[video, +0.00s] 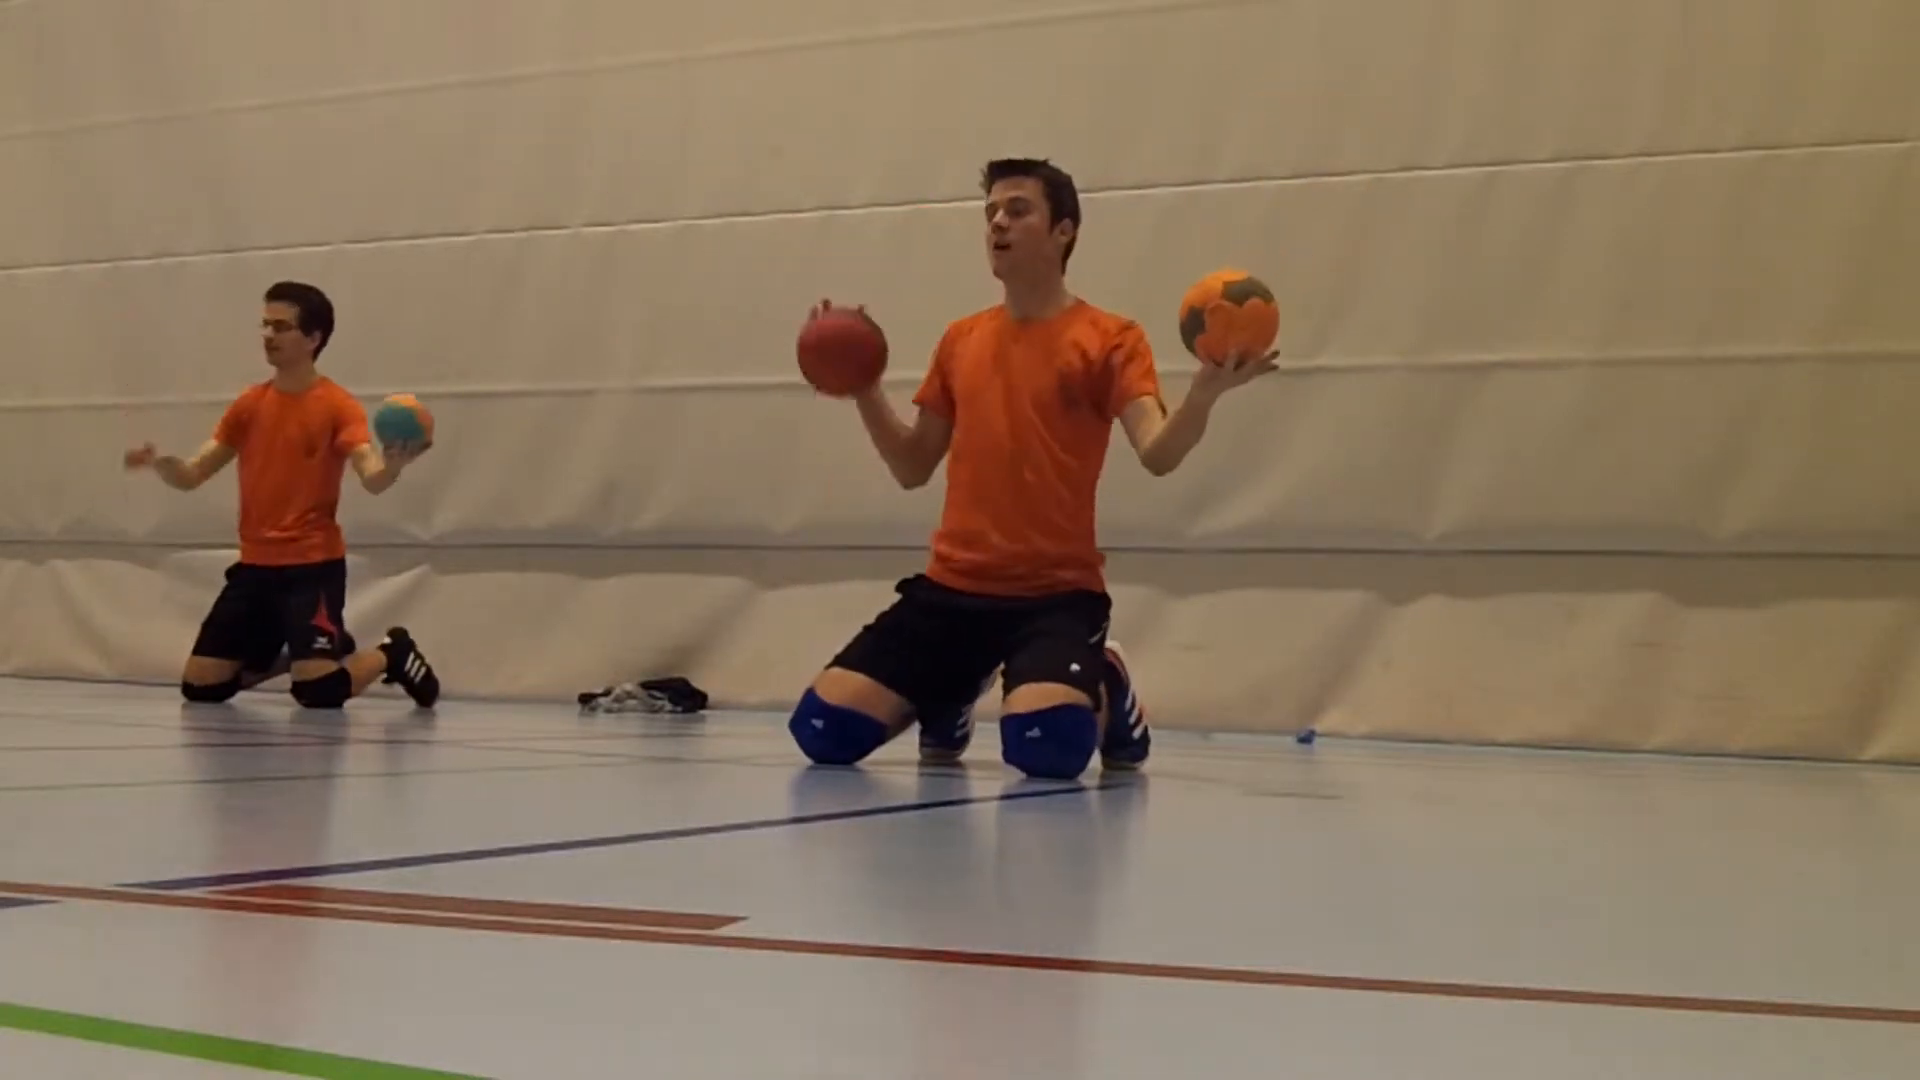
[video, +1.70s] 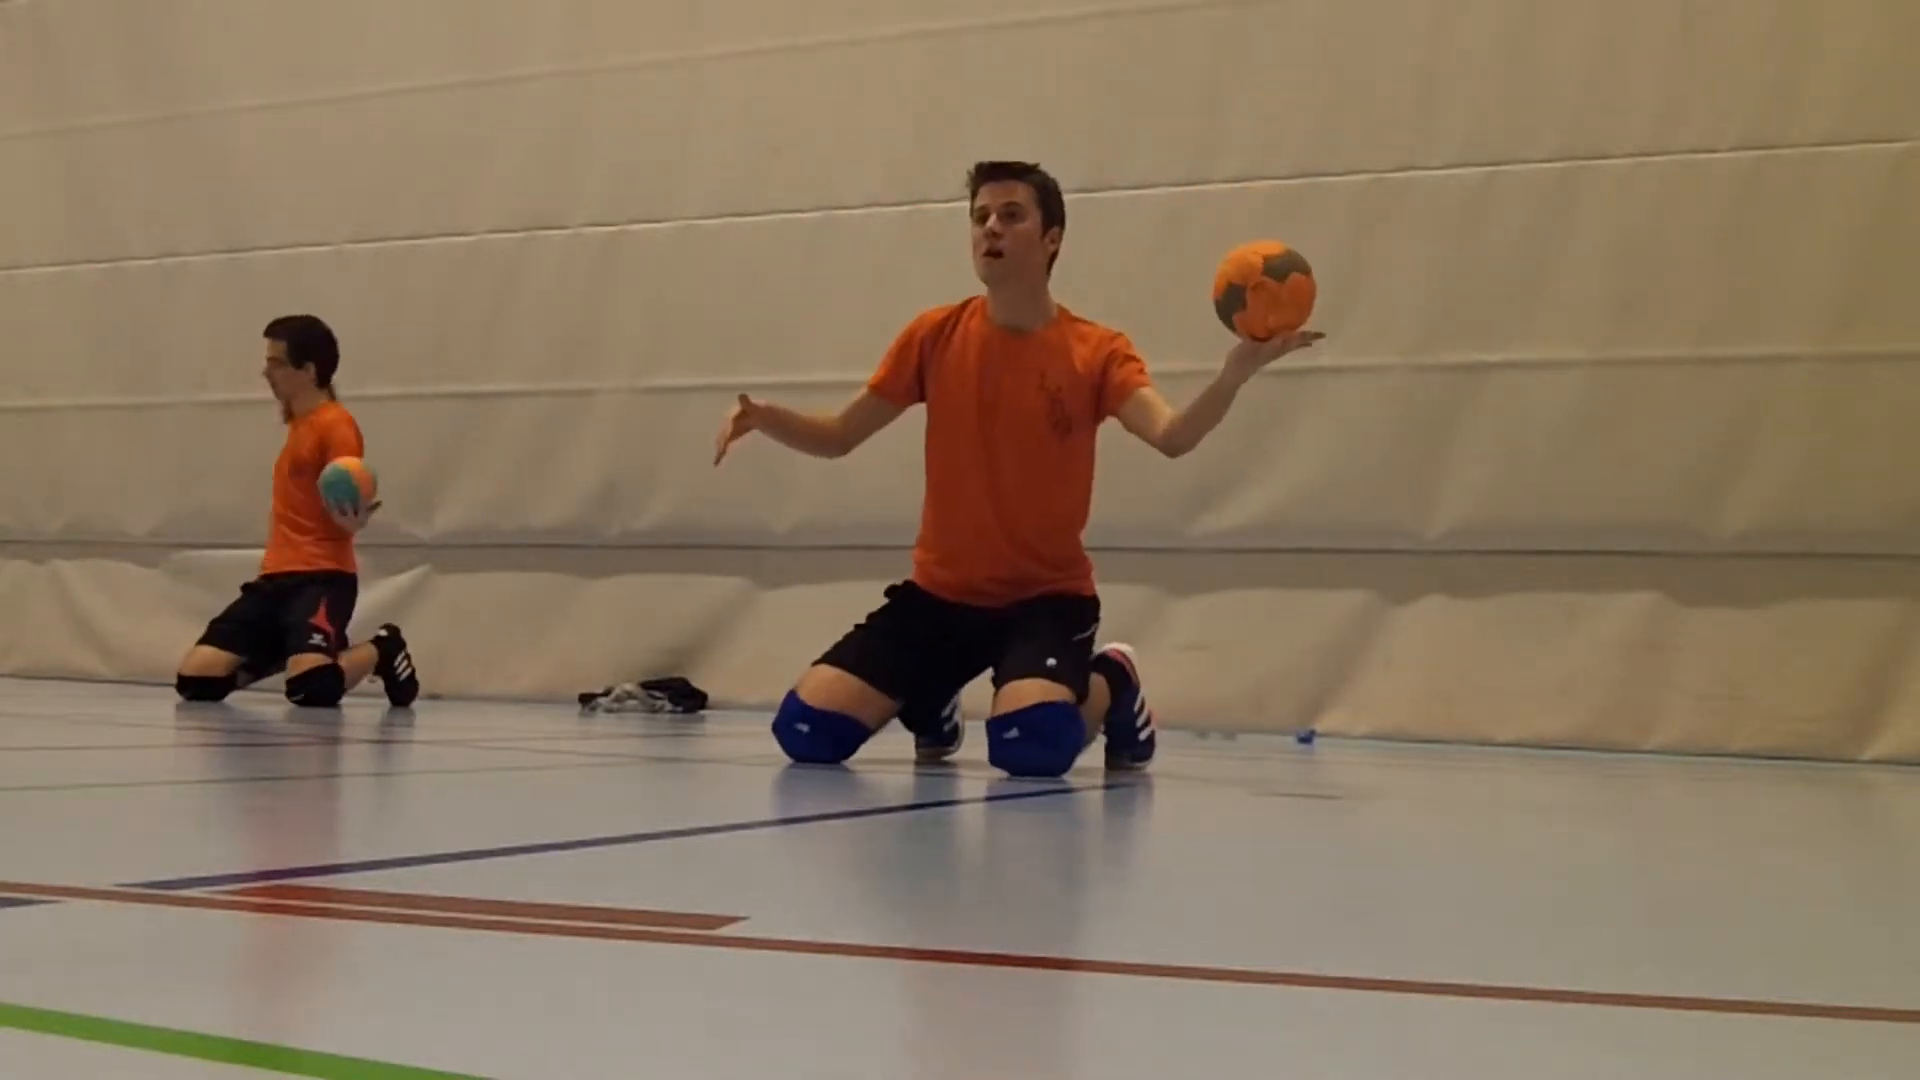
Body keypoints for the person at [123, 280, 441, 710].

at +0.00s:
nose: (268, 335)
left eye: (280, 326)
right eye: (266, 325)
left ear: (314, 338)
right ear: (261, 330)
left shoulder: (338, 406)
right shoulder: (250, 405)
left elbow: (373, 480)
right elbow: (192, 475)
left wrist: (394, 462)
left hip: (314, 569)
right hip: (254, 569)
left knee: (317, 691)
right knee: (201, 686)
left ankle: (394, 655)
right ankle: (306, 654)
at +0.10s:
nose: (271, 339)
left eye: (284, 330)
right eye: (268, 329)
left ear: (317, 341)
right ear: (264, 333)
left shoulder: (338, 406)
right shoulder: (252, 407)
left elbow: (383, 474)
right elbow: (217, 491)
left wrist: (423, 457)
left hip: (314, 569)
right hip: (253, 568)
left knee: (316, 692)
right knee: (198, 686)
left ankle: (379, 653)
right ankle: (312, 657)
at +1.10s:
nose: (250, 362)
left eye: (261, 351)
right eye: (248, 352)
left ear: (298, 360)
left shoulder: (335, 422)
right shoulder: (255, 432)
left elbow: (364, 500)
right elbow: (249, 526)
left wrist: (404, 522)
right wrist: (196, 585)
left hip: (324, 582)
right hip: (268, 585)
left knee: (314, 692)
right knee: (194, 684)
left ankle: (375, 653)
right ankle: (302, 653)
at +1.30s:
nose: (238, 378)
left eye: (250, 368)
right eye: (238, 369)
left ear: (285, 375)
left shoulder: (324, 430)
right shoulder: (250, 452)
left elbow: (352, 507)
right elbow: (218, 536)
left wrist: (379, 518)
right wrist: (136, 554)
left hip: (333, 589)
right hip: (277, 594)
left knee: (322, 690)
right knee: (194, 682)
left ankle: (380, 654)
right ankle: (301, 657)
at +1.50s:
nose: (246, 377)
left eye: (255, 367)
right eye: (247, 367)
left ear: (289, 371)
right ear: (276, 372)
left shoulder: (329, 428)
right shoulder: (258, 437)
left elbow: (346, 515)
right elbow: (226, 508)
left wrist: (355, 512)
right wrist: (144, 492)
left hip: (325, 585)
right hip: (270, 590)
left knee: (328, 685)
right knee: (188, 683)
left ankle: (386, 649)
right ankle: (298, 657)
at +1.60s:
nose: (257, 370)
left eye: (266, 360)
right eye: (259, 360)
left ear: (299, 366)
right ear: (292, 368)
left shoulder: (337, 425)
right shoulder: (278, 428)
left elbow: (354, 501)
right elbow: (279, 496)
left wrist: (352, 511)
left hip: (323, 579)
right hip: (269, 580)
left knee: (320, 684)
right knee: (194, 683)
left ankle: (381, 649)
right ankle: (303, 651)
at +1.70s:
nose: (265, 373)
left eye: (275, 363)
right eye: (266, 362)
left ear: (309, 371)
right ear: (302, 373)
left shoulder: (336, 424)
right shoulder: (300, 423)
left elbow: (352, 495)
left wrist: (355, 514)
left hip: (322, 582)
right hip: (274, 581)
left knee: (310, 689)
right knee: (196, 682)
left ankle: (382, 650)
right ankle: (298, 648)